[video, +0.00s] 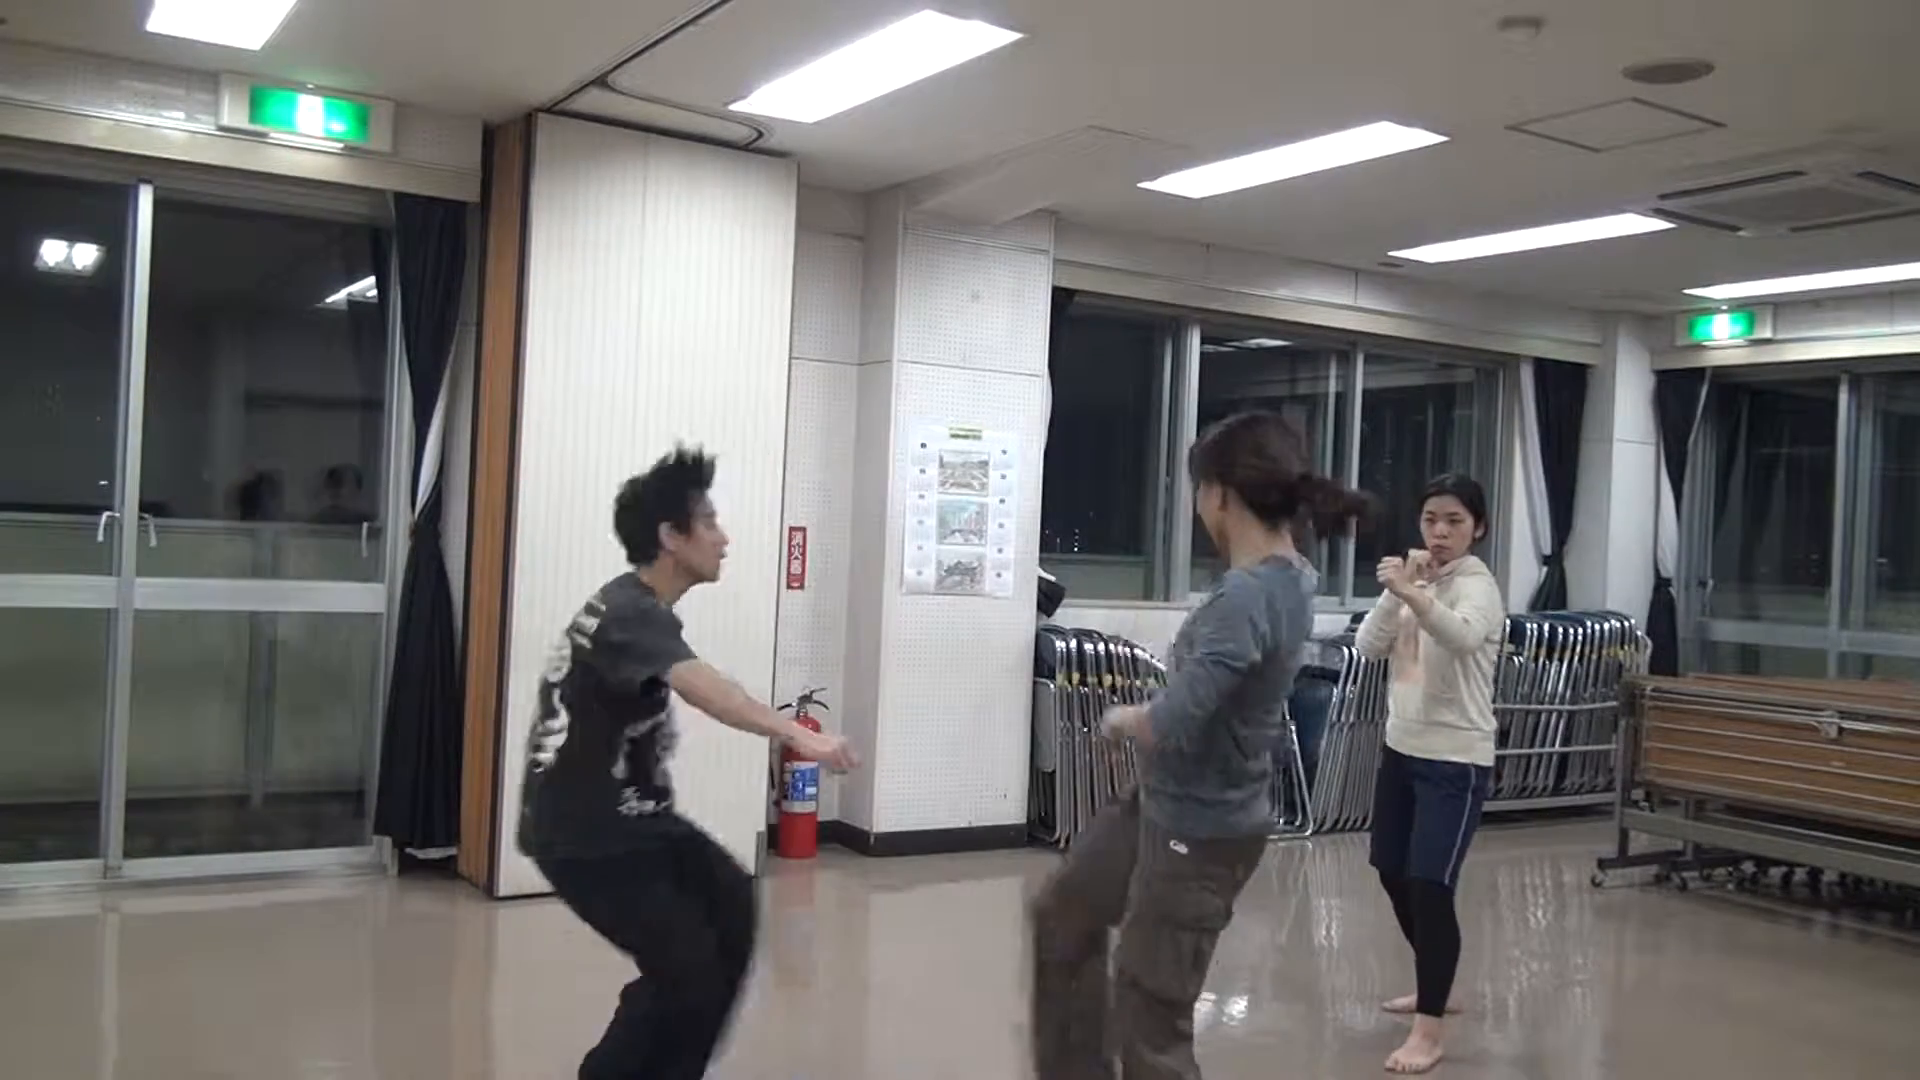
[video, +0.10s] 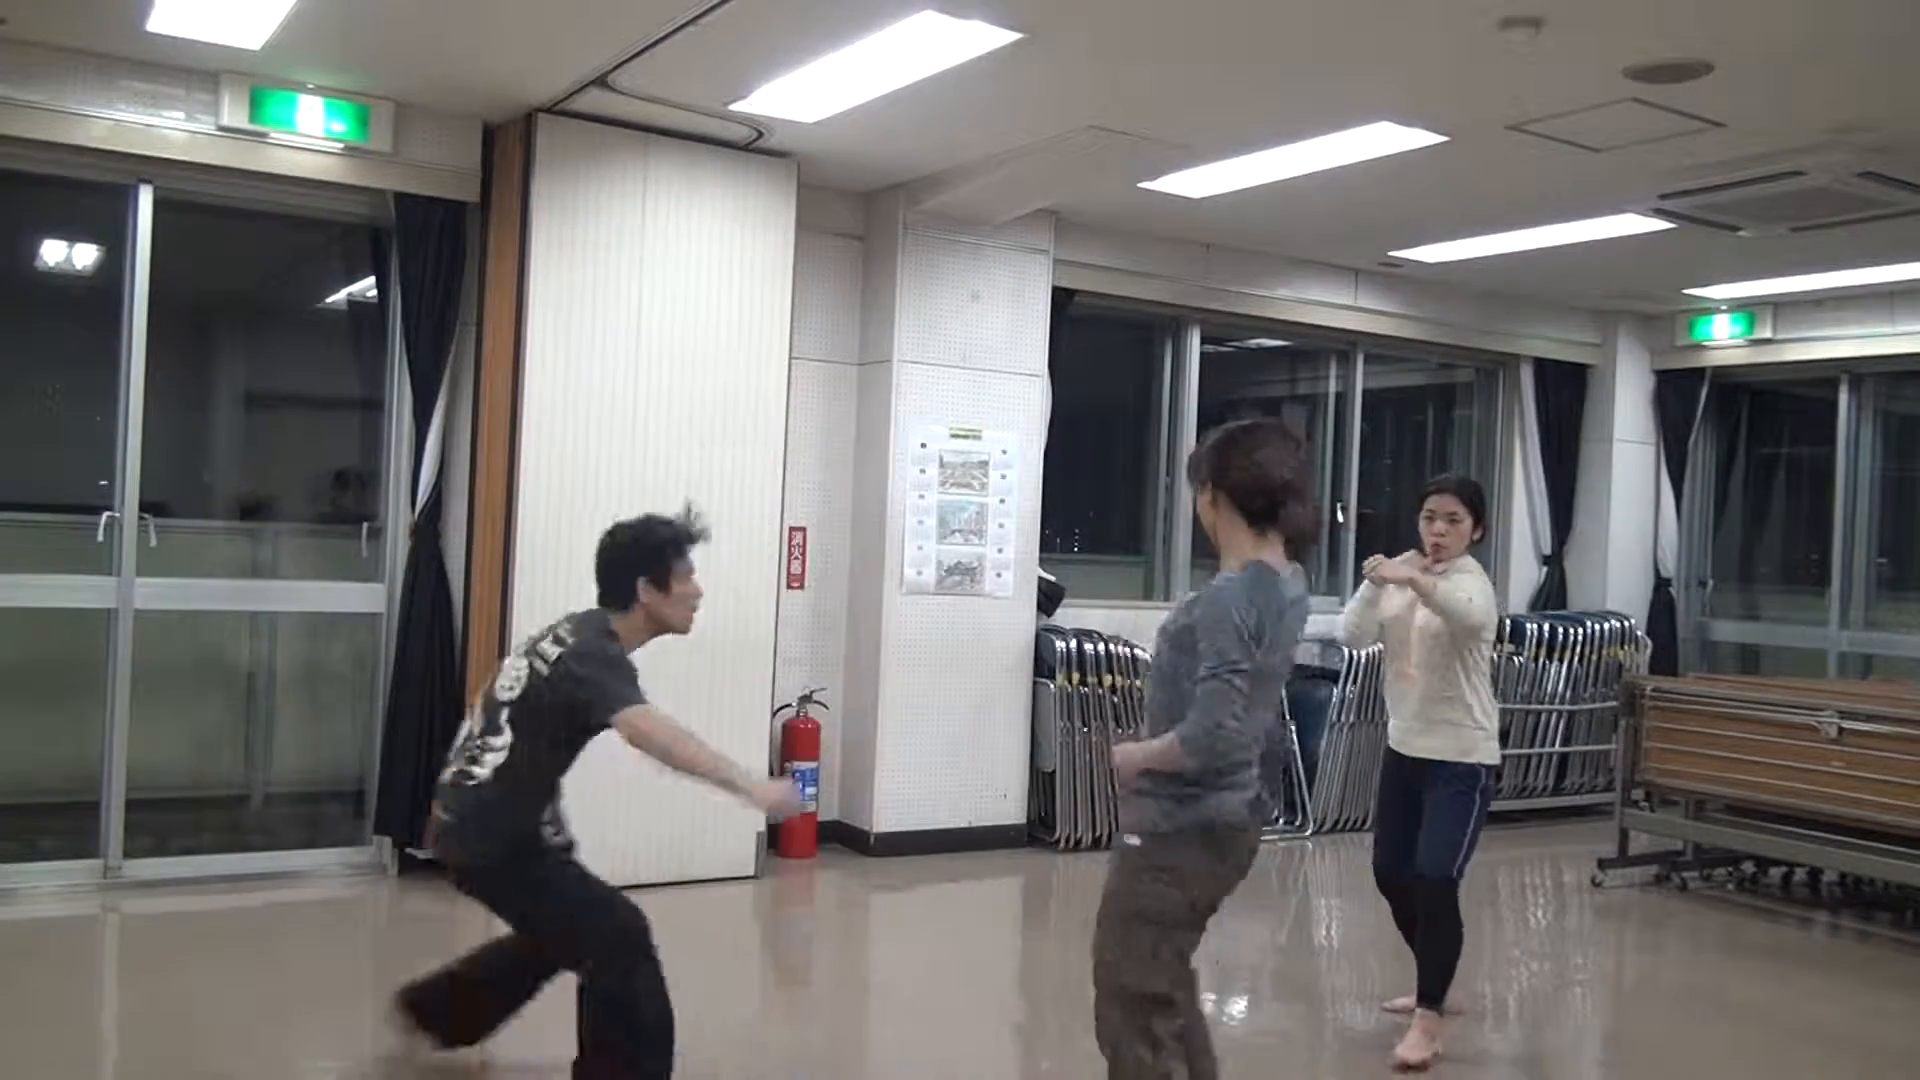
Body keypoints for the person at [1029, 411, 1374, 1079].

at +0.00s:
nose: (1197, 504)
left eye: (1199, 489)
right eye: (1197, 489)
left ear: (1221, 496)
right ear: (1284, 492)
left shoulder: (1246, 599)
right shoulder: (1285, 579)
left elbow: (1170, 723)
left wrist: (1122, 719)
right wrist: (1160, 725)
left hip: (1201, 833)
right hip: (1160, 810)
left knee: (1151, 1022)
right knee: (1061, 914)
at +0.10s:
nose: (1197, 506)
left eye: (1199, 491)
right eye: (1198, 492)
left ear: (1213, 497)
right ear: (1284, 497)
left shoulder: (1232, 597)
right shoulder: (1284, 587)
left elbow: (1216, 732)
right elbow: (1238, 714)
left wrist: (1142, 755)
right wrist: (1159, 748)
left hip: (1185, 829)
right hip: (1224, 825)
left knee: (1126, 998)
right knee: (1162, 987)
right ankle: (1192, 1070)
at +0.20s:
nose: (1199, 509)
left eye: (1202, 497)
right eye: (1201, 497)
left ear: (1212, 505)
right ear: (1289, 504)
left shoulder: (1201, 591)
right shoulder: (1309, 602)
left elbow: (1213, 717)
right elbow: (1294, 727)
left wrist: (1146, 757)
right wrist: (1233, 755)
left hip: (1163, 829)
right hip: (1245, 832)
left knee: (1125, 995)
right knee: (1229, 985)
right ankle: (1246, 1075)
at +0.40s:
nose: (1298, 517)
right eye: (1292, 507)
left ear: (1203, 509)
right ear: (1281, 520)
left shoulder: (1141, 578)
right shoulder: (1290, 619)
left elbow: (1059, 613)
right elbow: (1375, 737)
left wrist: (1126, 645)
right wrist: (1358, 708)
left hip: (1166, 823)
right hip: (1266, 829)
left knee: (1079, 996)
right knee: (1271, 1015)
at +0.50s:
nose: (1286, 528)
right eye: (1284, 516)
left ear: (1198, 513)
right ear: (1276, 525)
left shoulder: (1158, 585)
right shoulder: (1288, 607)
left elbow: (1124, 612)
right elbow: (1386, 668)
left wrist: (1201, 575)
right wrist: (1364, 603)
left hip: (1135, 826)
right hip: (1235, 835)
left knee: (1064, 992)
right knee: (1267, 1013)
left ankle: (1011, 1074)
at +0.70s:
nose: (1246, 552)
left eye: (1247, 539)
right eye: (1244, 539)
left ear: (1175, 533)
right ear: (1230, 542)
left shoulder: (1130, 594)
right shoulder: (1223, 610)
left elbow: (1178, 697)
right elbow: (1288, 704)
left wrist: (1254, 731)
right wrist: (1301, 759)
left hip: (1056, 816)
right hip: (1137, 830)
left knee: (1070, 980)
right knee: (1228, 1003)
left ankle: (1020, 1076)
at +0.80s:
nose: (1221, 536)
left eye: (1223, 522)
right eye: (1220, 521)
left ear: (1153, 511)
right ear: (1199, 521)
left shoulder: (1116, 580)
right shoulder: (1150, 587)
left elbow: (1143, 693)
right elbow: (1189, 700)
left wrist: (1174, 769)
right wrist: (1244, 771)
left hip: (1038, 801)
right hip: (1082, 810)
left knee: (1058, 979)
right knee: (1170, 986)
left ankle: (1021, 1076)